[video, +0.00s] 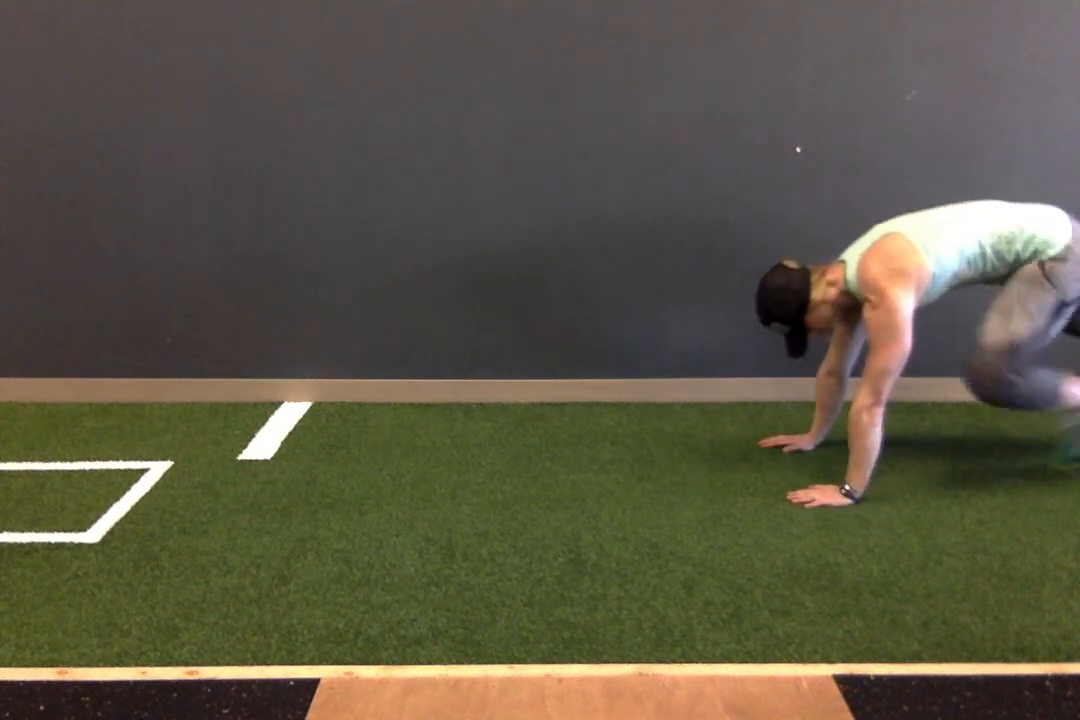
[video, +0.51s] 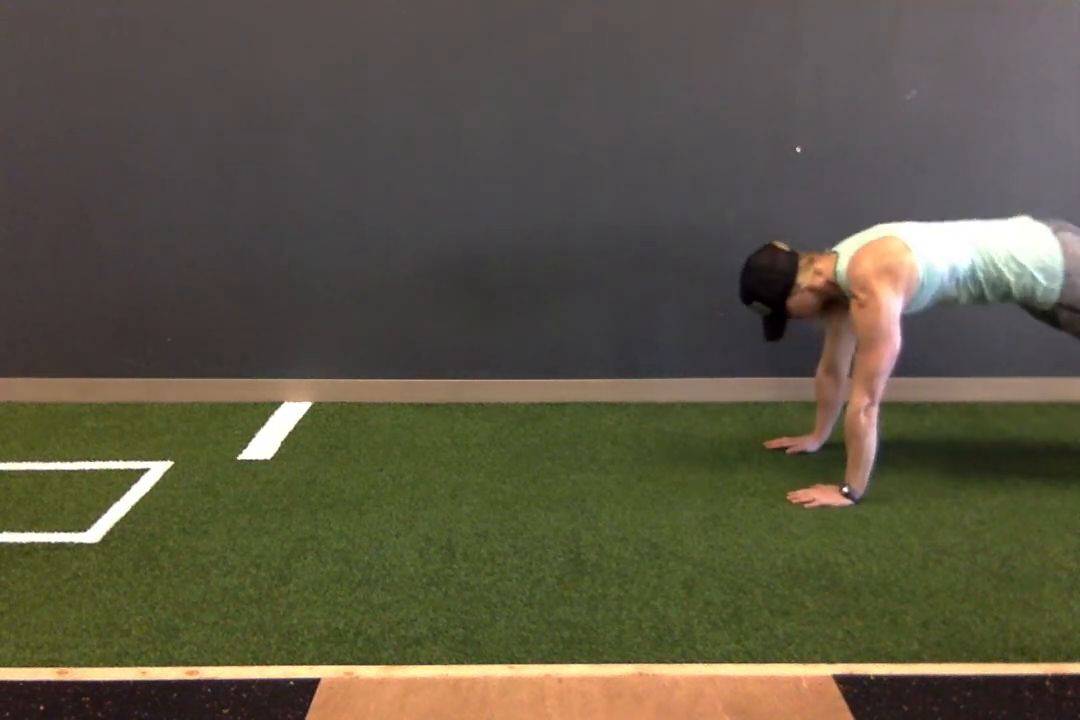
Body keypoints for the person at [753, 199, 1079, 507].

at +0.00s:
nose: (826, 327)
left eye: (818, 321)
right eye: (818, 325)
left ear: (823, 291)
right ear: (818, 280)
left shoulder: (885, 281)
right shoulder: (851, 271)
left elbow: (871, 402)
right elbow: (834, 370)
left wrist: (852, 489)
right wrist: (813, 435)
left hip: (1057, 252)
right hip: (1042, 243)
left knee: (993, 377)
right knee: (1060, 317)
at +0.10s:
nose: (810, 328)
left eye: (803, 320)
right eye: (802, 325)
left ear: (812, 288)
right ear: (808, 276)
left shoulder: (878, 281)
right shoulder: (844, 271)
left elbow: (866, 401)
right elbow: (830, 370)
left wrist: (852, 490)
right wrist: (813, 435)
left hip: (1053, 251)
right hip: (1019, 259)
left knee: (1053, 394)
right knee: (1052, 388)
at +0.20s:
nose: (807, 329)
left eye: (798, 322)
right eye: (797, 327)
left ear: (806, 291)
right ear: (804, 277)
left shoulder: (876, 282)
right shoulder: (843, 272)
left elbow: (864, 402)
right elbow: (830, 370)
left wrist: (851, 491)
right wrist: (814, 435)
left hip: (1051, 268)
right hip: (1027, 266)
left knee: (1071, 366)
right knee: (1067, 363)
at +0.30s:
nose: (807, 321)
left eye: (799, 314)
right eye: (798, 317)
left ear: (817, 285)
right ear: (815, 275)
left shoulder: (881, 280)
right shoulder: (846, 271)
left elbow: (868, 403)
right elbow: (831, 367)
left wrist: (852, 490)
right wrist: (812, 435)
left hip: (1054, 280)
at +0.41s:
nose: (806, 320)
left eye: (798, 312)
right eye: (797, 316)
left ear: (815, 283)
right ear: (813, 272)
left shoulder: (881, 279)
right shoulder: (847, 268)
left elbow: (868, 403)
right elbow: (836, 363)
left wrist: (852, 490)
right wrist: (814, 434)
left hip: (1052, 274)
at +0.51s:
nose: (797, 318)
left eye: (789, 310)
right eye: (788, 313)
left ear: (807, 282)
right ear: (806, 270)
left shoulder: (874, 278)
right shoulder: (841, 268)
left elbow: (865, 400)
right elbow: (832, 367)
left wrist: (852, 490)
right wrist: (817, 436)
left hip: (1055, 263)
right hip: (1033, 259)